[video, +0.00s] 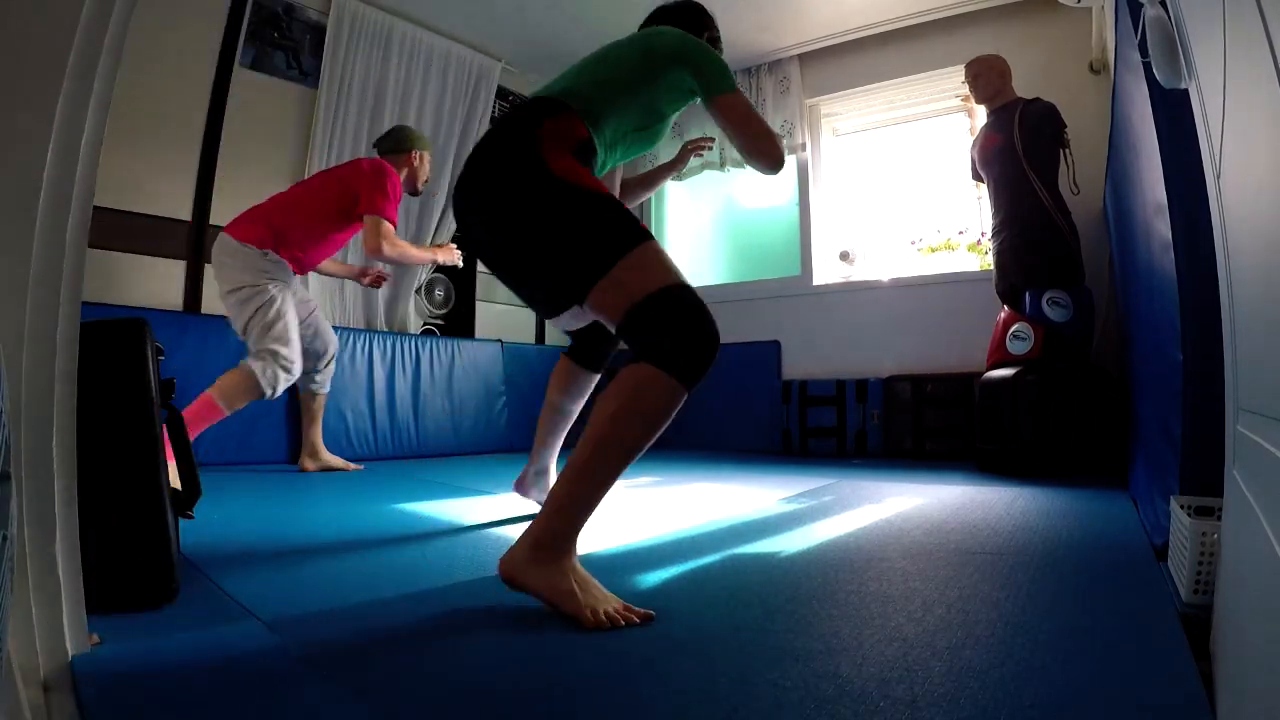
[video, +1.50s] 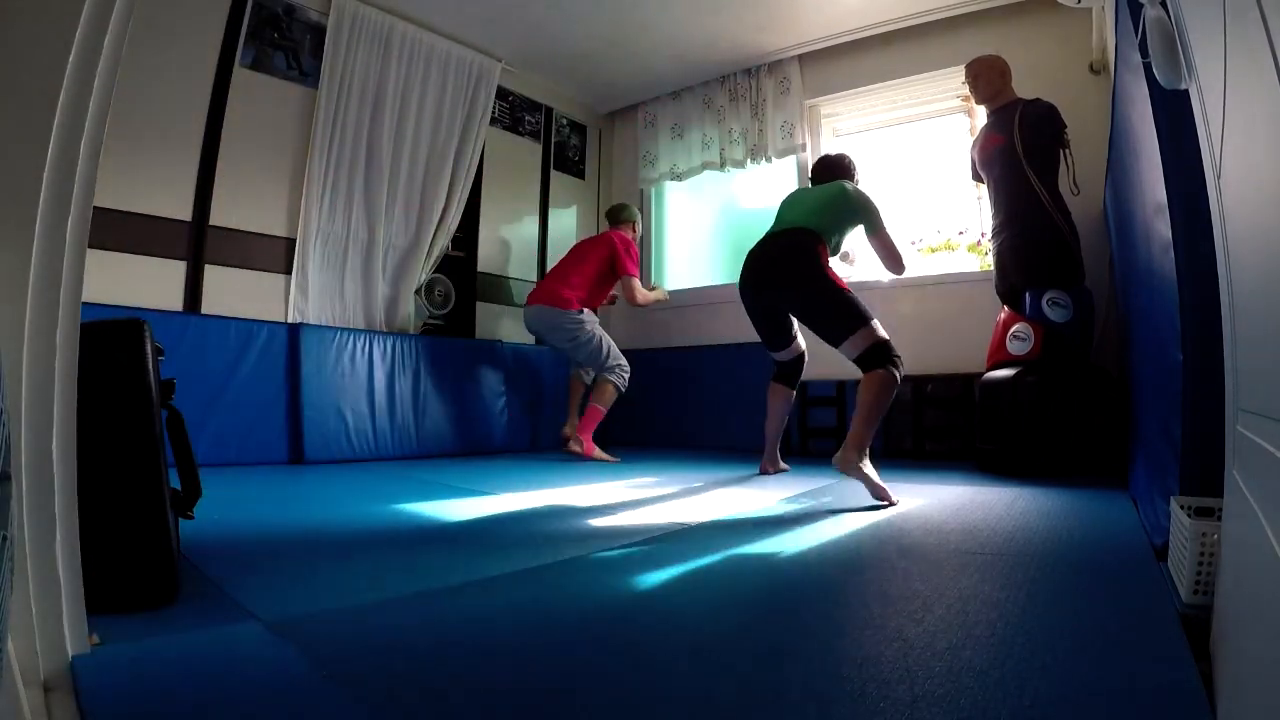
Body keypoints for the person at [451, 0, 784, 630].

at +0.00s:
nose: (720, 60)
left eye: (718, 52)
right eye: (716, 50)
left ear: (655, 31)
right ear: (703, 35)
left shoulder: (614, 76)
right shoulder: (692, 50)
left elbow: (608, 192)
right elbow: (770, 158)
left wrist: (675, 166)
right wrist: (745, 143)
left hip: (485, 195)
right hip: (539, 178)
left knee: (600, 333)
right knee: (682, 333)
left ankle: (537, 473)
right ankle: (545, 550)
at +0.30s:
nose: (756, 93)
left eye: (753, 85)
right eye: (755, 85)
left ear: (697, 77)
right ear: (747, 79)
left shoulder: (665, 109)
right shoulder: (743, 98)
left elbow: (667, 213)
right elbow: (806, 196)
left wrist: (720, 182)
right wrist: (793, 160)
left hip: (566, 220)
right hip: (630, 209)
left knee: (650, 343)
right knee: (763, 331)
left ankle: (608, 485)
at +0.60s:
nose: (791, 120)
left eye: (787, 114)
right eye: (790, 113)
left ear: (736, 109)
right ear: (782, 110)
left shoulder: (705, 135)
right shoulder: (786, 132)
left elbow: (676, 191)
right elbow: (845, 219)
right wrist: (808, 176)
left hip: (634, 238)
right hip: (695, 229)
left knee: (694, 350)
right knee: (811, 358)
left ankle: (669, 475)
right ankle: (753, 496)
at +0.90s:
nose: (823, 135)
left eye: (819, 129)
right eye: (820, 129)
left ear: (768, 131)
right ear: (812, 128)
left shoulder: (743, 154)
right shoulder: (817, 147)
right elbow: (874, 228)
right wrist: (840, 189)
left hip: (684, 252)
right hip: (737, 246)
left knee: (735, 345)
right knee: (827, 374)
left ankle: (711, 453)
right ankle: (766, 506)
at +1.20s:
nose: (842, 162)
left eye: (840, 157)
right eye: (840, 156)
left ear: (796, 157)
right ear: (833, 156)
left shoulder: (773, 178)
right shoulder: (837, 175)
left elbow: (796, 256)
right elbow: (885, 246)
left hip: (720, 267)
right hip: (769, 261)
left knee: (767, 353)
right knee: (869, 357)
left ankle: (729, 452)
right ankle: (835, 475)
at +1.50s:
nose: (857, 184)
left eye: (856, 179)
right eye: (856, 179)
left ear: (814, 179)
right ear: (849, 179)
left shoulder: (795, 196)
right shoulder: (855, 196)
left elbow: (792, 234)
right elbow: (896, 265)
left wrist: (837, 252)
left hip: (754, 273)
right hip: (801, 268)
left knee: (790, 360)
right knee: (883, 362)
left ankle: (770, 456)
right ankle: (853, 452)